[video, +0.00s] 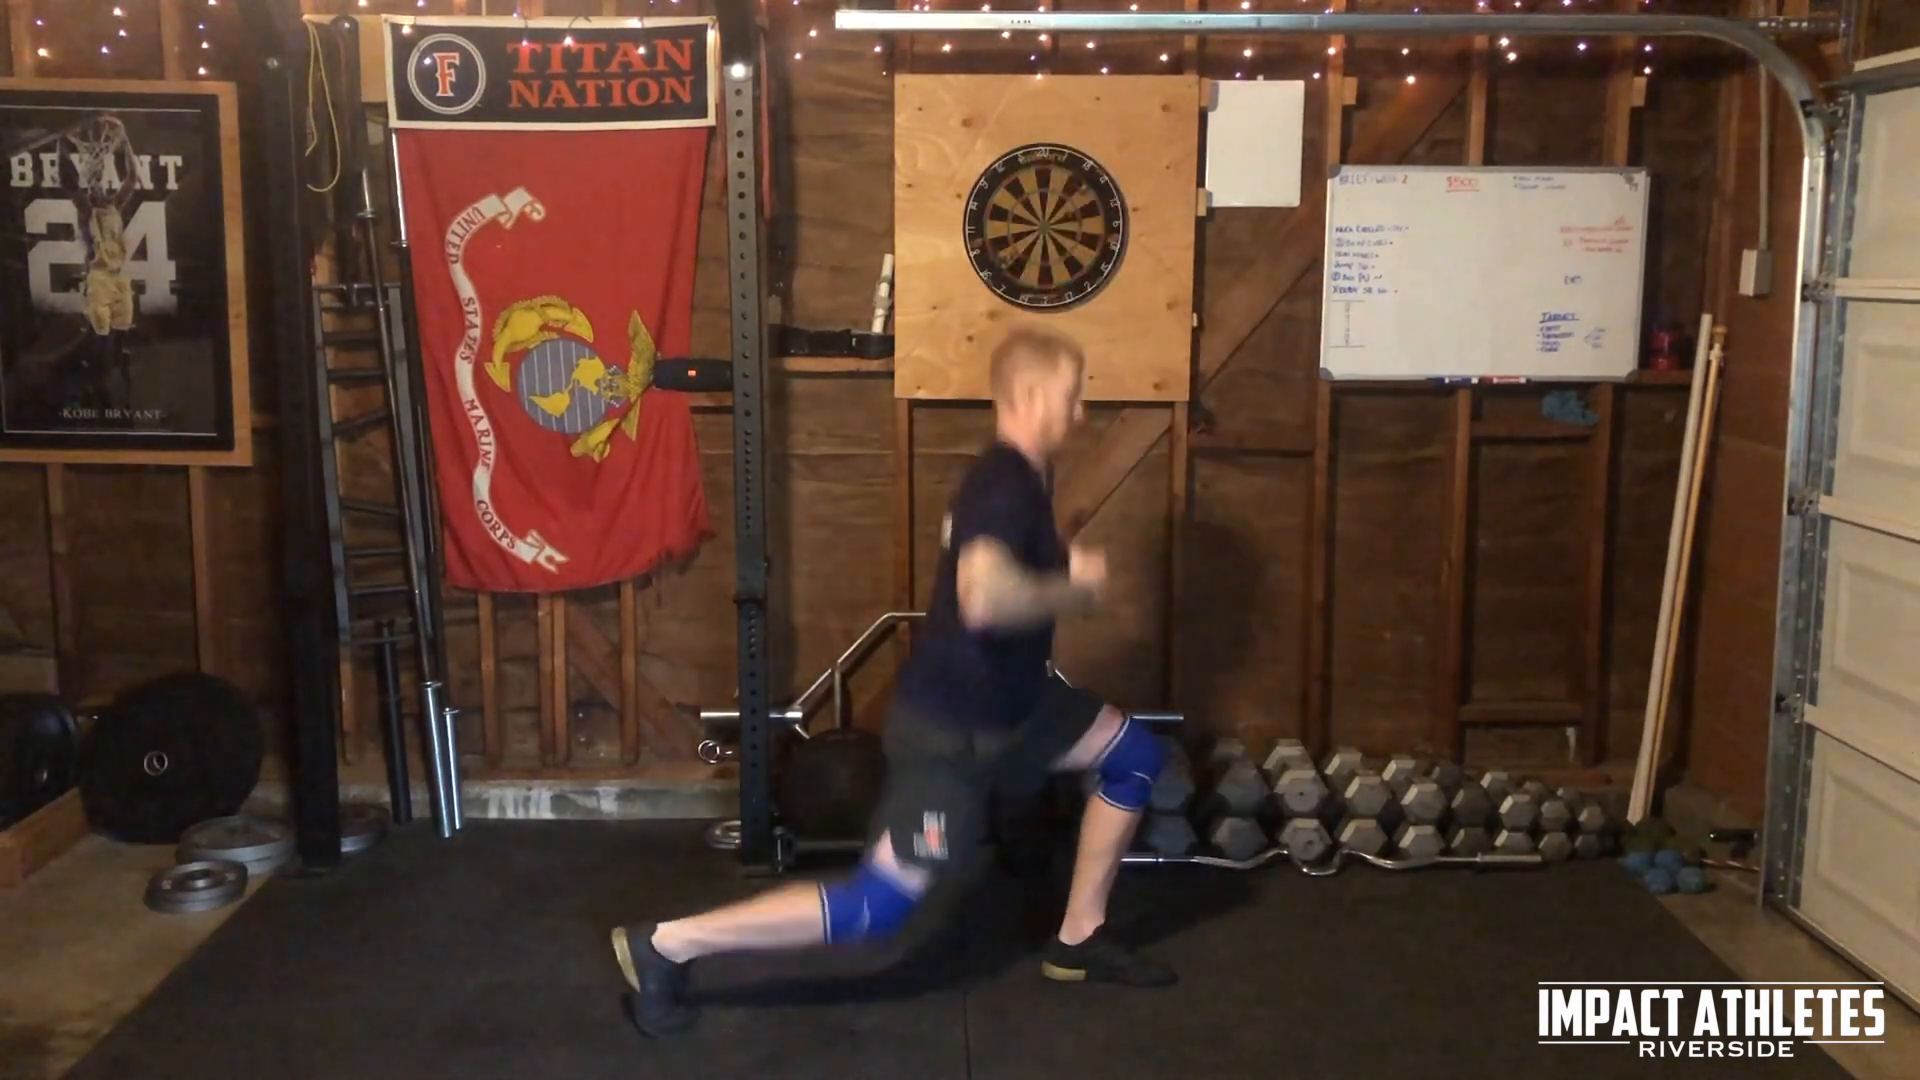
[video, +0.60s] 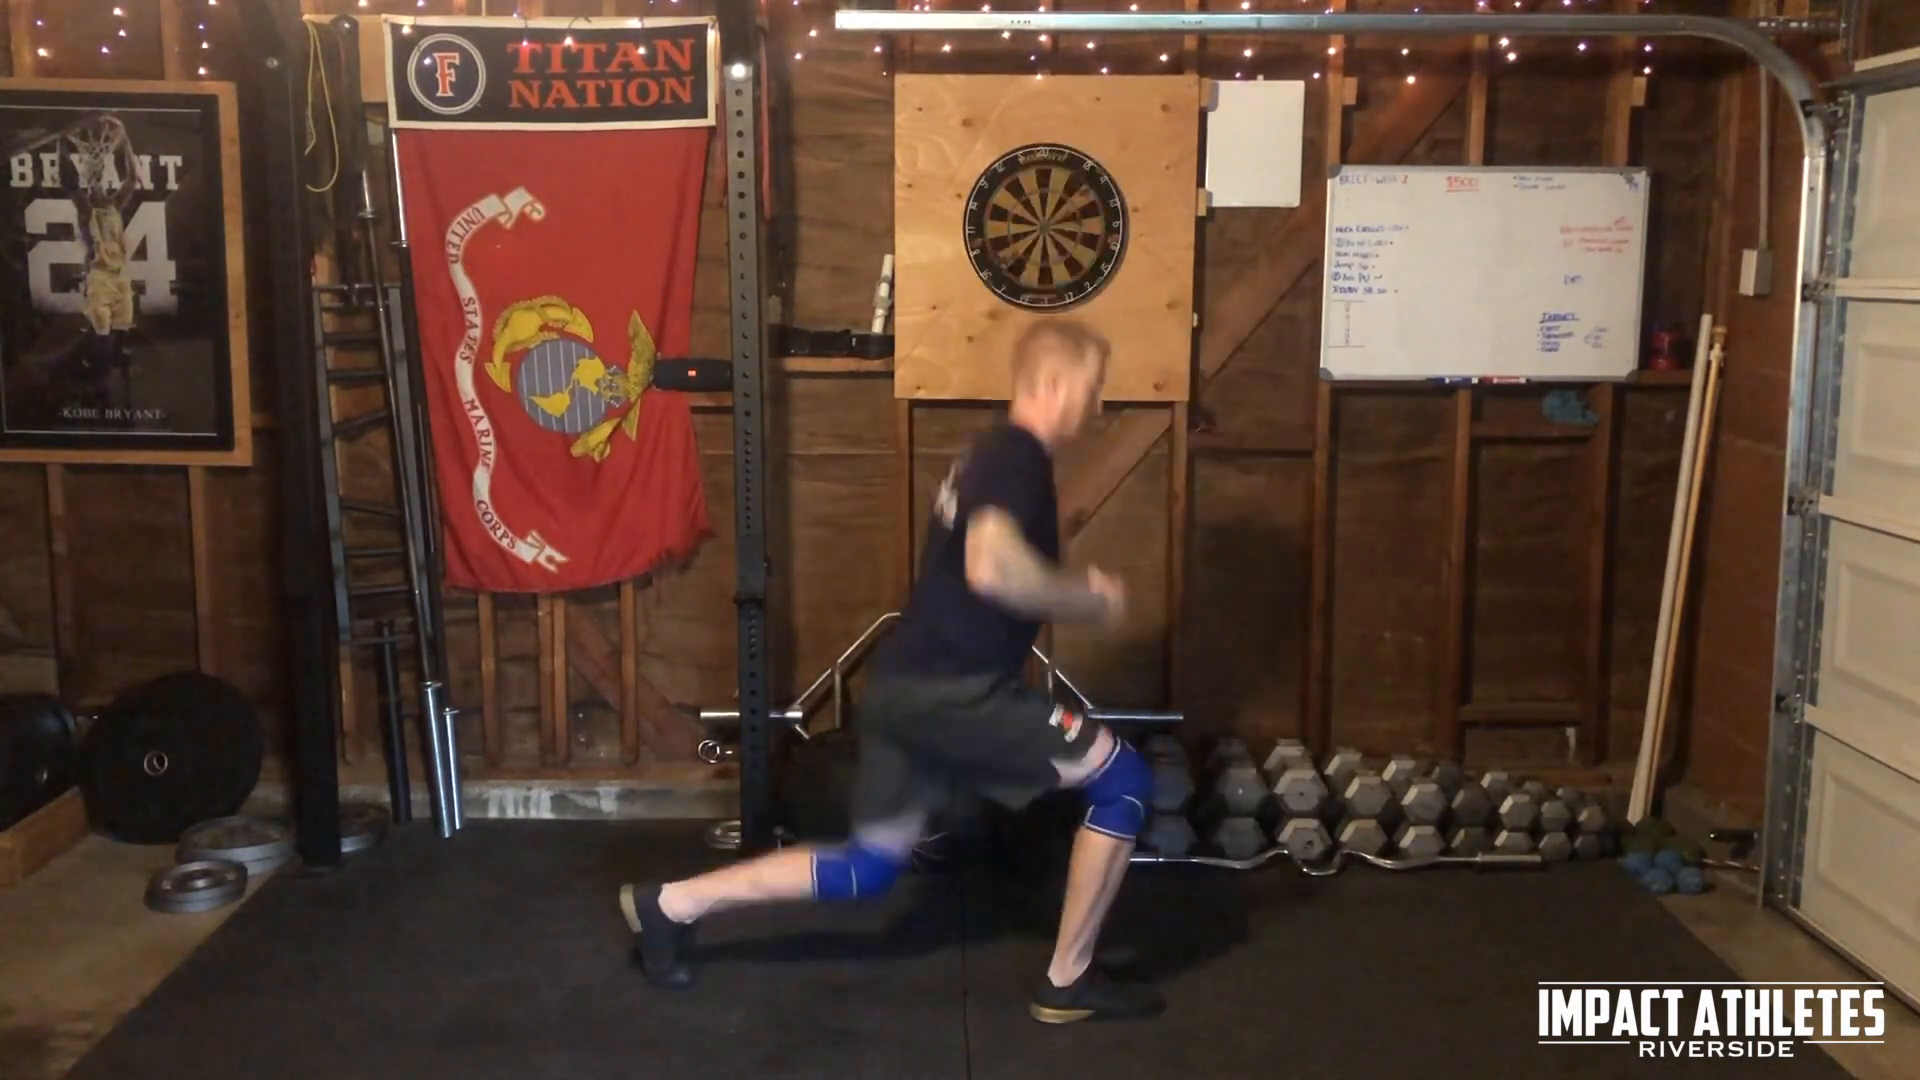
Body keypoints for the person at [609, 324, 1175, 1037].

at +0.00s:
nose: (1079, 411)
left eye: (1078, 395)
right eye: (1072, 395)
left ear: (1021, 399)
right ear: (1027, 399)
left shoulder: (1024, 475)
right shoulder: (1003, 481)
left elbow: (962, 542)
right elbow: (984, 598)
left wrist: (1060, 565)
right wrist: (1073, 588)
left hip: (1015, 698)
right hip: (947, 717)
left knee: (1136, 756)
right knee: (882, 902)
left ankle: (1080, 934)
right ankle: (663, 944)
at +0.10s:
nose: (1079, 317)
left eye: (1080, 300)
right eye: (1070, 300)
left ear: (1039, 303)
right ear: (1030, 300)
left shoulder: (1028, 384)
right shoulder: (1002, 378)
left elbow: (1012, 488)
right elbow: (993, 488)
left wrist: (1068, 476)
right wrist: (1076, 480)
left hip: (1009, 628)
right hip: (949, 627)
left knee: (1093, 739)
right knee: (894, 804)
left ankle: (1081, 929)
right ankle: (702, 935)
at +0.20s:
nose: (1097, 245)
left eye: (1099, 229)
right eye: (1090, 226)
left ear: (1042, 226)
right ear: (1043, 221)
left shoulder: (1031, 304)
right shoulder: (1009, 295)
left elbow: (999, 406)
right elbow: (987, 405)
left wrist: (1059, 411)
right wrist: (1070, 416)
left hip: (995, 548)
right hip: (949, 546)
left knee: (1034, 713)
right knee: (944, 741)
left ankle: (1009, 892)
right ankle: (777, 896)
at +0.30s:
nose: (1102, 222)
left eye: (1105, 205)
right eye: (1098, 203)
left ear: (1040, 193)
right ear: (1055, 192)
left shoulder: (1016, 267)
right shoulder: (1020, 264)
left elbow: (978, 372)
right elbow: (975, 370)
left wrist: (1050, 391)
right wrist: (1065, 401)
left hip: (951, 510)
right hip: (951, 515)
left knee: (969, 694)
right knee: (1000, 711)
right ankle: (890, 899)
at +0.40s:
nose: (1101, 248)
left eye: (1105, 230)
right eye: (1098, 228)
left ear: (1039, 219)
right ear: (1057, 219)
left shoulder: (1016, 287)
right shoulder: (1015, 287)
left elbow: (973, 390)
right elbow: (969, 390)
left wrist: (1055, 418)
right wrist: (1060, 428)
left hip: (927, 531)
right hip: (954, 541)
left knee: (928, 722)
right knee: (1047, 722)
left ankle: (764, 832)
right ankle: (1004, 927)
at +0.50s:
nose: (1098, 314)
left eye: (1100, 298)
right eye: (1093, 297)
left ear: (1041, 289)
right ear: (1053, 290)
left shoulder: (1010, 356)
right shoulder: (1014, 361)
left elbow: (961, 420)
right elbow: (978, 461)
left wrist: (1048, 484)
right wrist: (1070, 496)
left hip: (922, 599)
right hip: (951, 607)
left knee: (873, 782)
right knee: (1079, 769)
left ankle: (699, 873)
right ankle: (1066, 977)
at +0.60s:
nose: (1096, 406)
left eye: (1098, 391)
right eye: (1093, 390)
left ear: (1031, 382)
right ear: (1058, 387)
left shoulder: (986, 456)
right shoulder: (1016, 458)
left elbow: (971, 568)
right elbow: (993, 568)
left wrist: (1066, 581)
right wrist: (1091, 597)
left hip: (904, 689)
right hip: (950, 693)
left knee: (869, 866)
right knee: (1122, 783)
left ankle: (669, 904)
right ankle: (1069, 976)